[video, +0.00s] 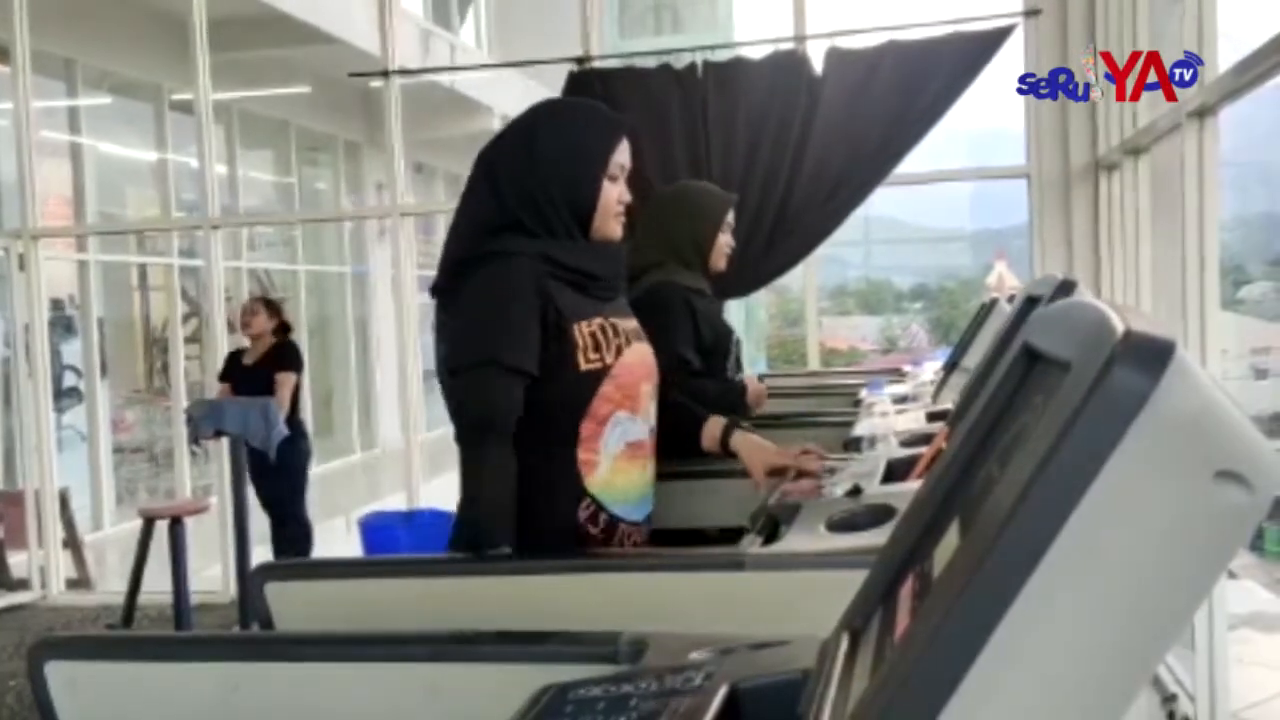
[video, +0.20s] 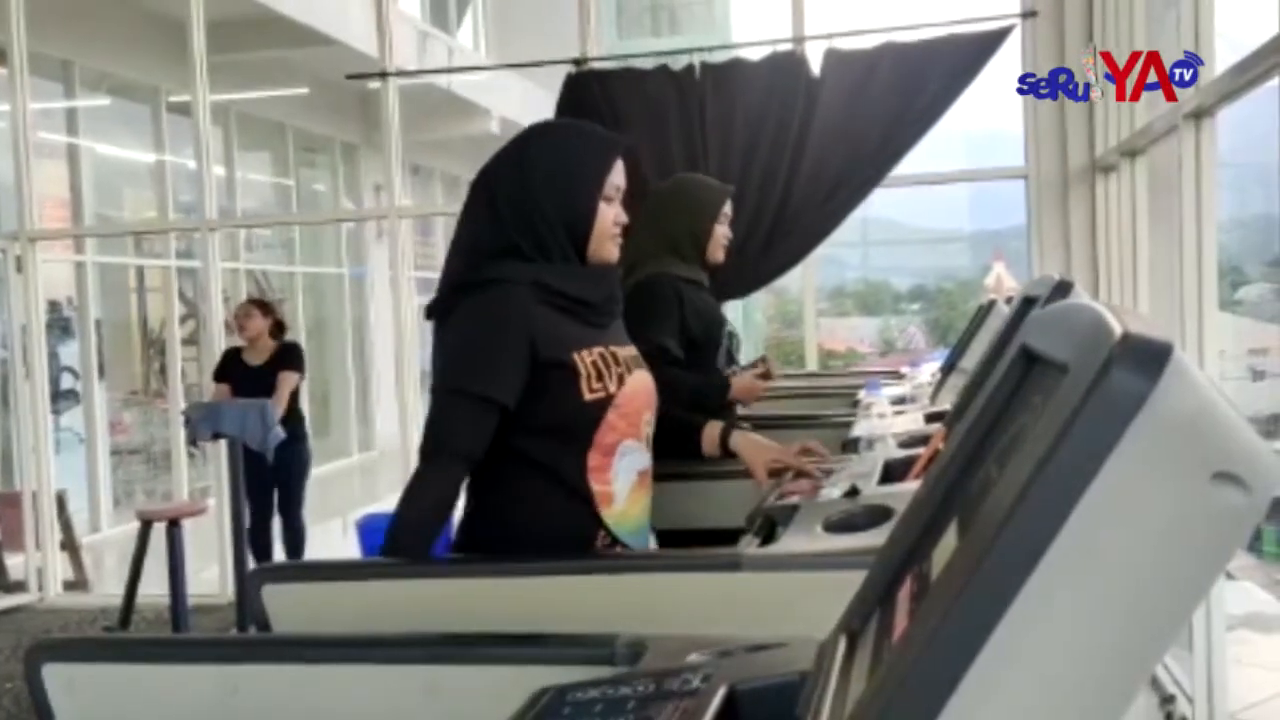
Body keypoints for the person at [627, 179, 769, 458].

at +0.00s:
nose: (731, 243)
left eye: (730, 232)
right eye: (724, 230)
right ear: (695, 230)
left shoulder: (688, 291)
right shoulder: (667, 295)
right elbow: (674, 387)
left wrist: (733, 388)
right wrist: (738, 396)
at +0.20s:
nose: (729, 234)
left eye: (729, 223)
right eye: (723, 222)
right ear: (692, 222)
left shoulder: (691, 286)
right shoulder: (660, 288)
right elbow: (660, 381)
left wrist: (737, 378)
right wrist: (727, 390)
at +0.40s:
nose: (724, 238)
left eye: (723, 227)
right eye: (716, 225)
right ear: (686, 226)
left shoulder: (692, 290)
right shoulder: (653, 292)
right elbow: (635, 386)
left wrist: (739, 370)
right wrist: (700, 403)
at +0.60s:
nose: (721, 236)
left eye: (719, 225)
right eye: (713, 224)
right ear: (684, 226)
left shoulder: (687, 292)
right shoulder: (652, 297)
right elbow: (646, 395)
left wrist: (736, 385)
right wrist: (718, 404)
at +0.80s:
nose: (717, 231)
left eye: (715, 220)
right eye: (709, 220)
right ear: (681, 223)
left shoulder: (682, 288)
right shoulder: (655, 292)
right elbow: (665, 384)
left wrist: (726, 384)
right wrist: (727, 391)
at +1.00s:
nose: (716, 237)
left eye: (712, 227)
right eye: (708, 227)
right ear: (681, 234)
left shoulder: (686, 297)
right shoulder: (662, 303)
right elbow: (674, 392)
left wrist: (728, 397)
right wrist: (728, 401)